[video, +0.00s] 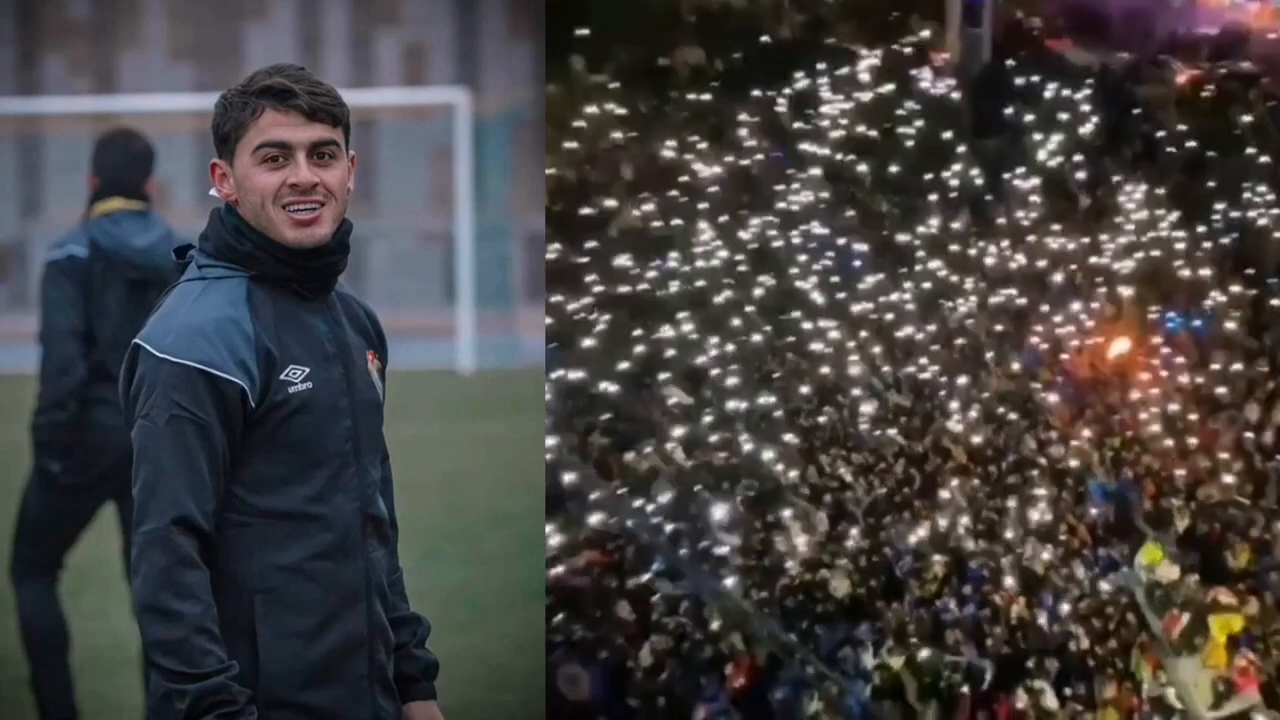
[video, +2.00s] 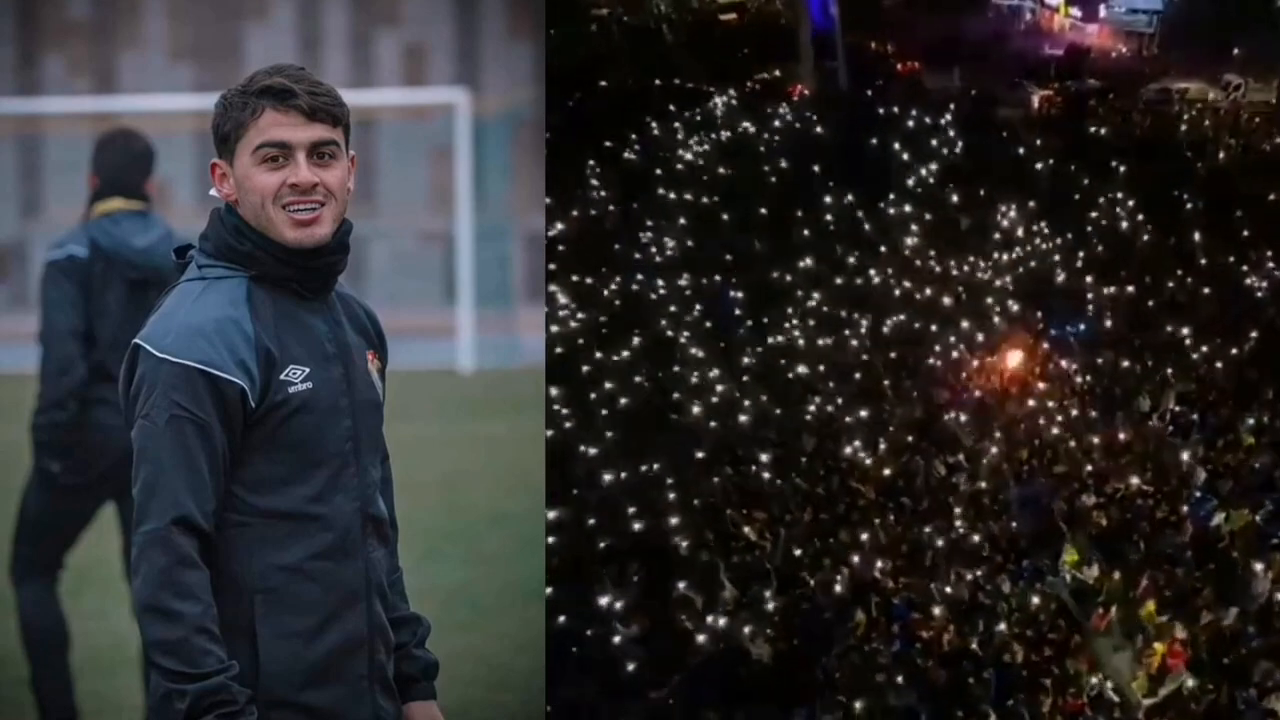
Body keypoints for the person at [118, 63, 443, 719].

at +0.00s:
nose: (304, 178)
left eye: (322, 155)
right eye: (274, 158)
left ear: (350, 171)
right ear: (226, 182)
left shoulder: (356, 323)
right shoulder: (195, 334)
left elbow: (372, 525)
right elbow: (164, 550)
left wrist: (414, 685)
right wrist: (213, 705)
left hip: (365, 690)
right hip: (259, 691)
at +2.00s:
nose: (305, 178)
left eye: (322, 155)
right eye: (274, 158)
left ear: (349, 171)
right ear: (226, 182)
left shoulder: (356, 323)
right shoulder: (195, 334)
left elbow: (372, 525)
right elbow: (164, 550)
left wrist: (414, 684)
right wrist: (213, 705)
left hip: (366, 690)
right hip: (260, 691)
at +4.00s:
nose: (305, 178)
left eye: (322, 155)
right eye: (274, 158)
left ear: (349, 171)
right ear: (226, 182)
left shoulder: (356, 323)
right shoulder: (195, 335)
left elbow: (373, 525)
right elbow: (164, 550)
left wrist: (414, 685)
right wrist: (213, 705)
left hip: (366, 691)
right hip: (260, 692)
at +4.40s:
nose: (305, 178)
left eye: (322, 155)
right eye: (274, 158)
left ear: (349, 171)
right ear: (225, 182)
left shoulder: (356, 323)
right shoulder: (195, 335)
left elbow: (373, 525)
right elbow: (164, 550)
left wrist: (414, 685)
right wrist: (213, 705)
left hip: (366, 691)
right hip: (260, 692)